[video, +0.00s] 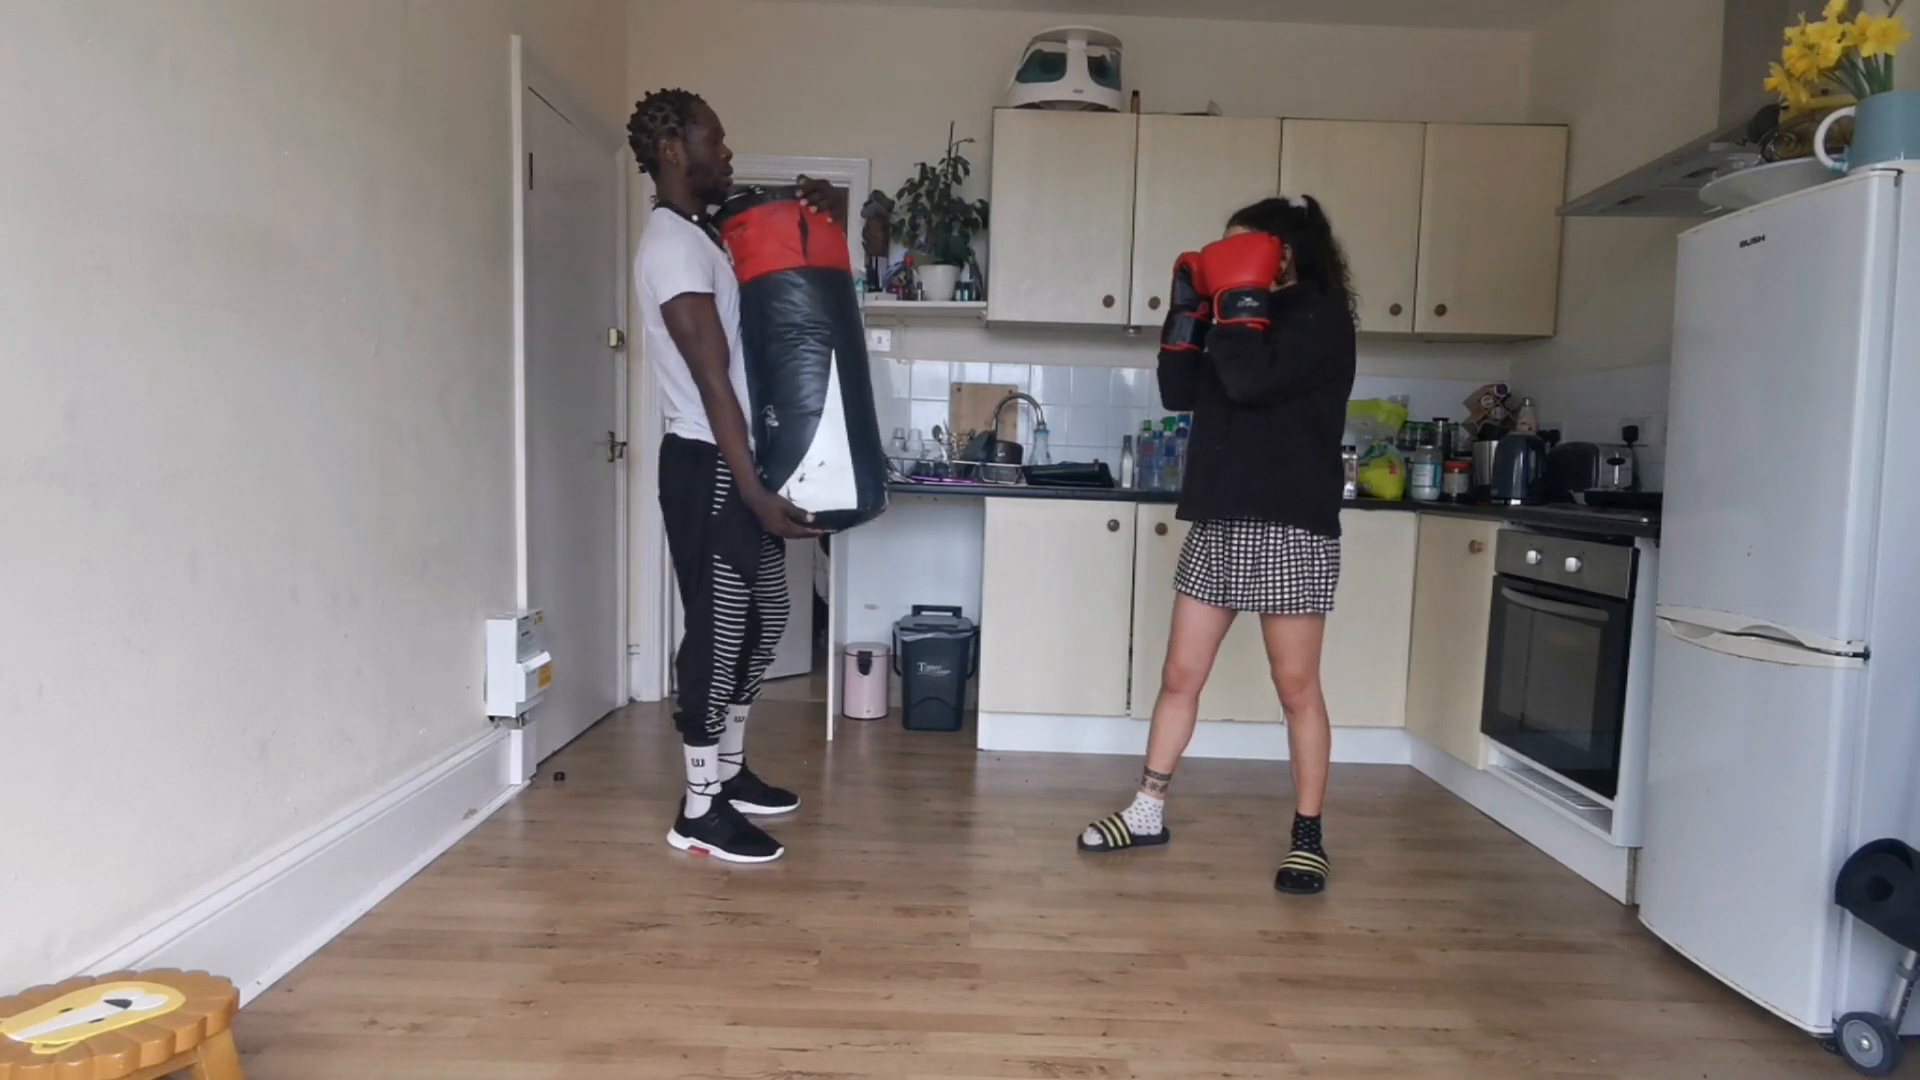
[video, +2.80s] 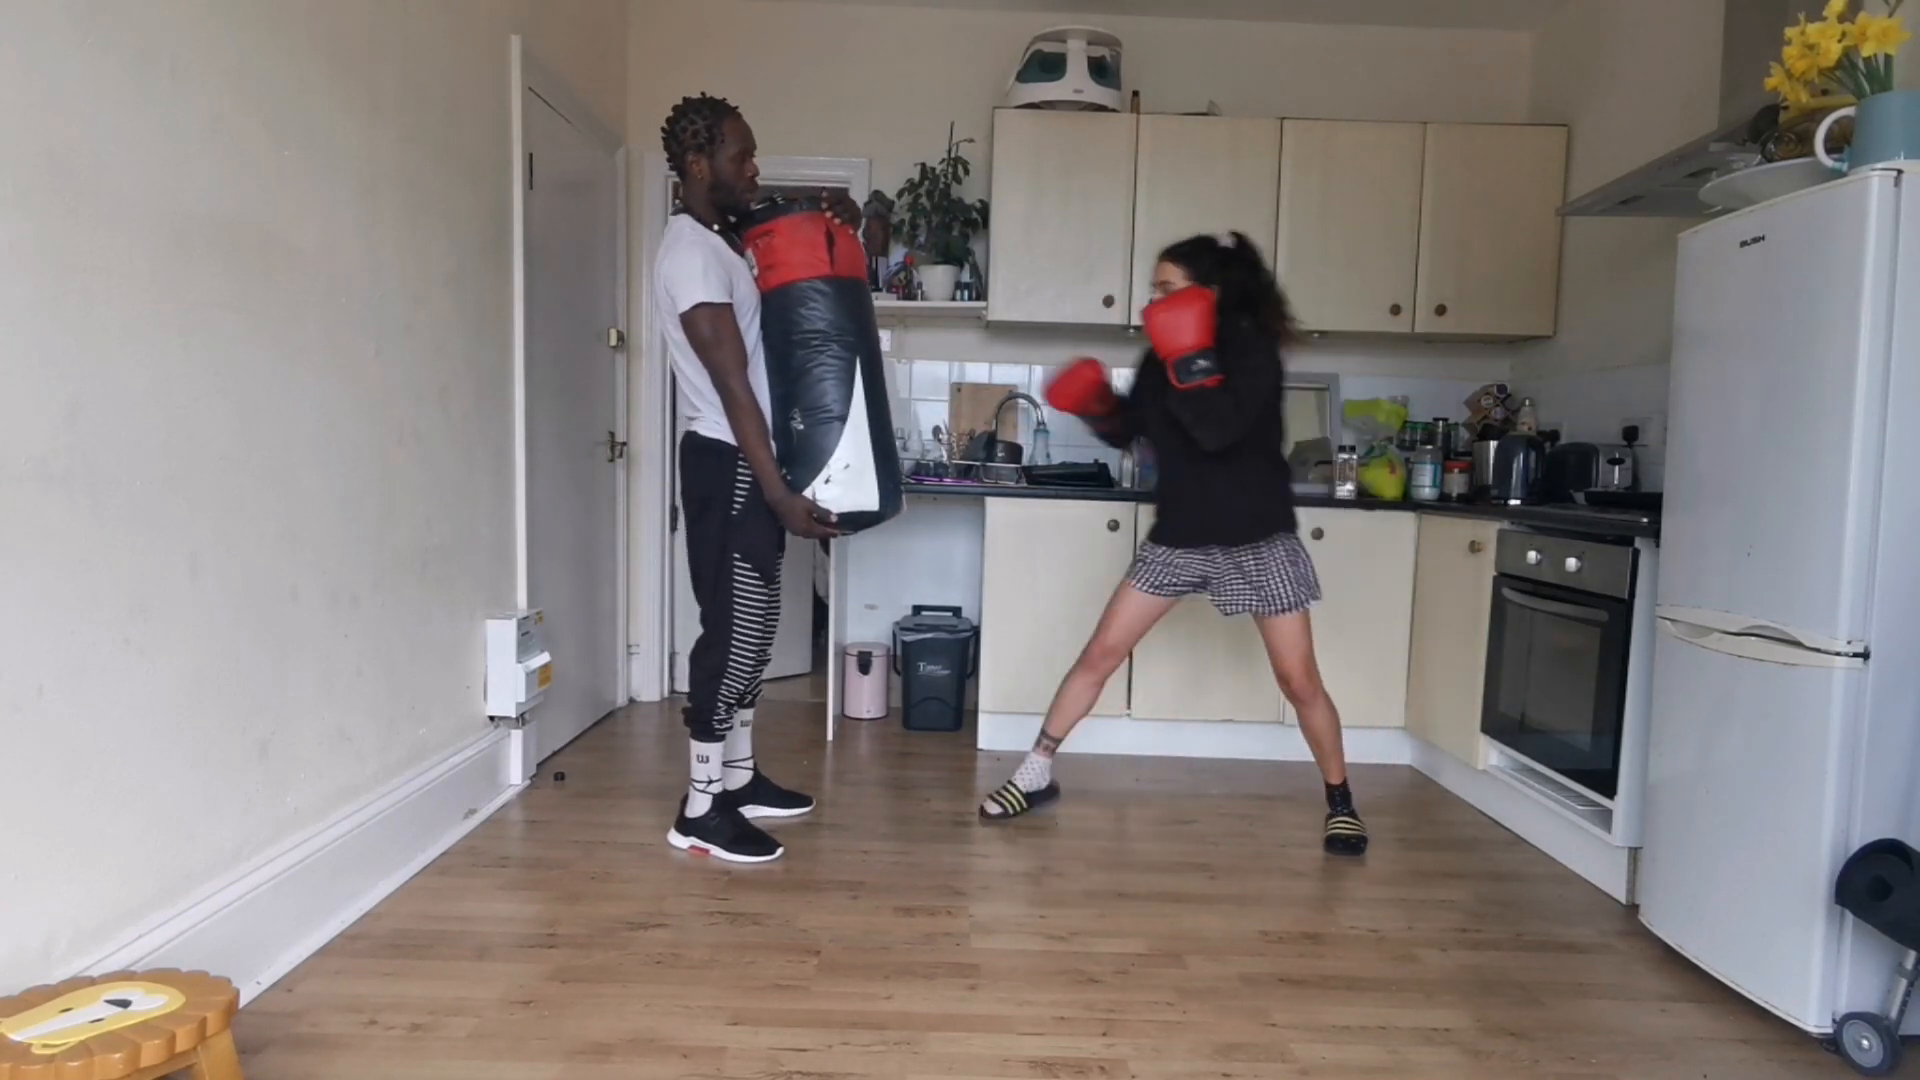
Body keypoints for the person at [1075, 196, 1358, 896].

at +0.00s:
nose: (1237, 261)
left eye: (1249, 248)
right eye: (1235, 248)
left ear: (1288, 255)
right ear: (1248, 262)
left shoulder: (1323, 318)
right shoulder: (1237, 319)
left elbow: (1247, 382)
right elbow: (1177, 392)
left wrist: (1241, 304)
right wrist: (1186, 305)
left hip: (1293, 518)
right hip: (1218, 514)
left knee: (1297, 684)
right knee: (1180, 674)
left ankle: (1307, 835)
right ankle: (1148, 810)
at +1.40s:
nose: (1215, 307)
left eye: (1225, 292)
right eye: (1212, 295)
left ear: (1270, 292)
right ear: (1238, 299)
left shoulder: (1319, 347)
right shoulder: (1247, 361)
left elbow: (1271, 435)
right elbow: (1209, 451)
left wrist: (1240, 358)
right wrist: (1170, 398)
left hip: (1325, 548)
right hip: (1248, 543)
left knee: (1343, 709)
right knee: (1156, 654)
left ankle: (1379, 841)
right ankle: (1127, 784)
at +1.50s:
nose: (1148, 307)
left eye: (1159, 292)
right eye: (1146, 295)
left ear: (1200, 288)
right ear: (1158, 299)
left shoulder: (1260, 345)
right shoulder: (1162, 361)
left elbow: (1237, 429)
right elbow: (1130, 434)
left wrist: (1195, 354)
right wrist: (1090, 403)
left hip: (1297, 526)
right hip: (1214, 535)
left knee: (1341, 687)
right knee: (1137, 663)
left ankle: (1380, 834)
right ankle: (1065, 780)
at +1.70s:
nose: (1094, 358)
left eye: (1105, 347)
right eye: (1093, 348)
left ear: (1148, 344)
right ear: (1118, 349)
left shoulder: (1199, 394)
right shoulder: (1117, 404)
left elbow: (1172, 483)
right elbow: (1035, 420)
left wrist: (1128, 415)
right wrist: (951, 405)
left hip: (1257, 557)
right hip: (1175, 563)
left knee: (1317, 706)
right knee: (1092, 659)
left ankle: (1395, 812)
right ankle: (1066, 795)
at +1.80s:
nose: (1112, 353)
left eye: (1126, 341)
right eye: (1114, 341)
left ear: (1170, 347)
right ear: (1137, 343)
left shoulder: (1216, 398)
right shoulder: (1131, 396)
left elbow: (1173, 493)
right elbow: (1065, 438)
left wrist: (1146, 421)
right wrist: (1003, 433)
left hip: (1255, 558)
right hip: (1176, 561)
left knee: (1311, 709)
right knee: (1094, 656)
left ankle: (1397, 805)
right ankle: (1065, 794)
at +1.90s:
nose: (1196, 346)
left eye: (1210, 334)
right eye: (1195, 333)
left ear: (1255, 341)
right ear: (1200, 333)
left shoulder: (1282, 402)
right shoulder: (1210, 394)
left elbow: (1225, 493)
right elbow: (1190, 468)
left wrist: (1214, 417)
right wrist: (1139, 444)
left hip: (1271, 572)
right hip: (1189, 563)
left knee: (1317, 721)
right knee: (1107, 661)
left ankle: (1391, 819)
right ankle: (1069, 792)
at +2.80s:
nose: (1157, 300)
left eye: (1168, 288)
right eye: (1155, 289)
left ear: (1211, 290)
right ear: (1165, 295)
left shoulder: (1250, 348)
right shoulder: (1165, 353)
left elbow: (1220, 429)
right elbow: (1133, 429)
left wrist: (1189, 360)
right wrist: (1098, 405)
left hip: (1258, 530)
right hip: (1181, 530)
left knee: (1299, 682)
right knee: (1101, 653)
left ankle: (1340, 801)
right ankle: (1035, 771)